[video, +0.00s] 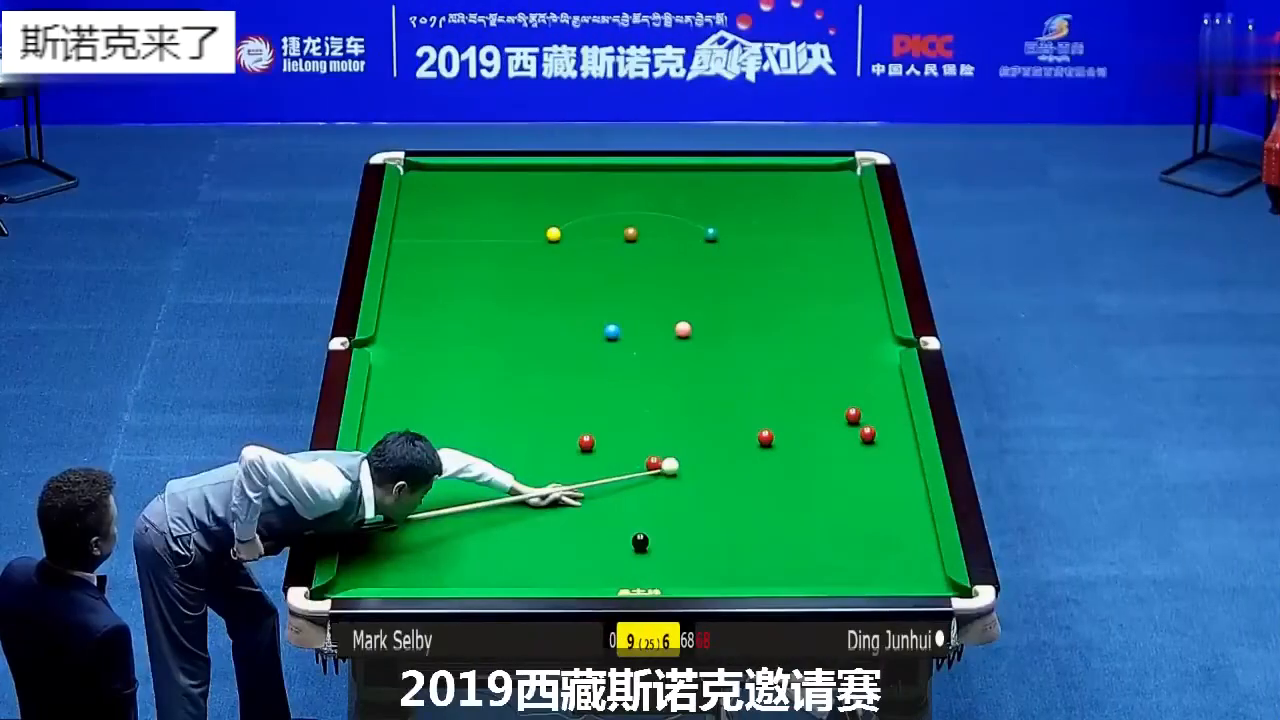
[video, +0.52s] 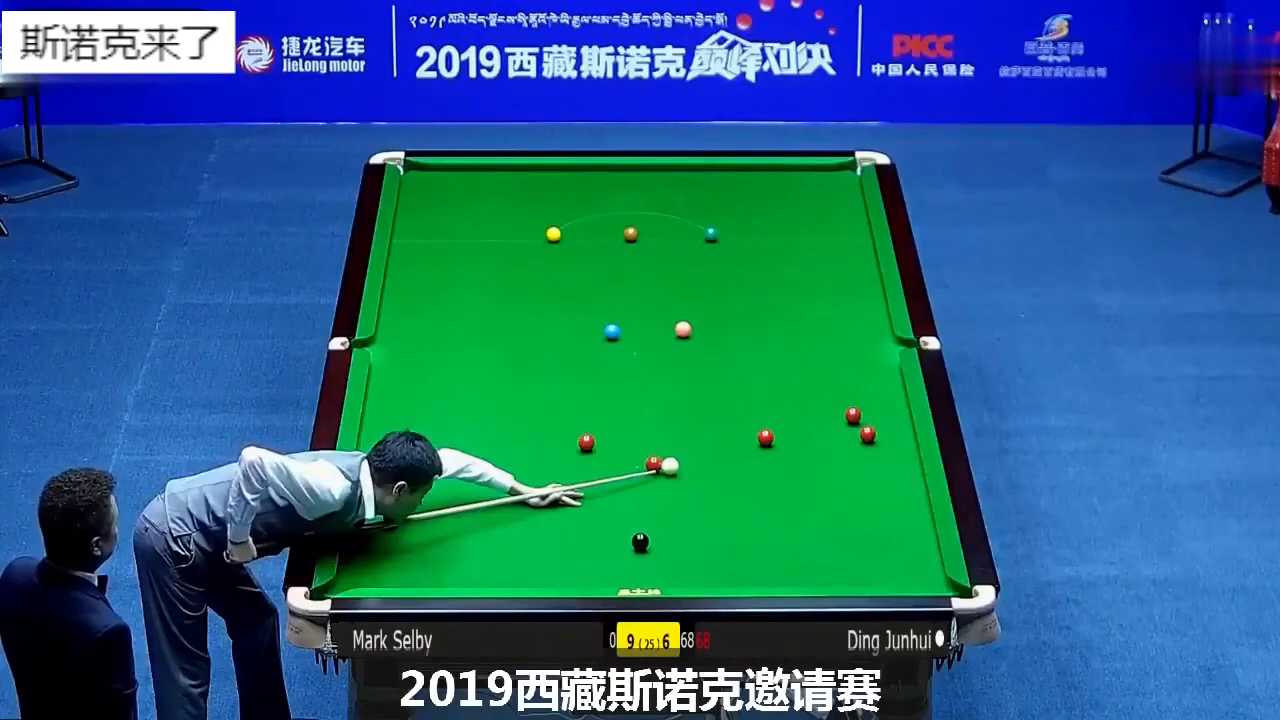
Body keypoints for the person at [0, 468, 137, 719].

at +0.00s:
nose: (116, 528)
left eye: (113, 521)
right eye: (113, 523)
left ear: (50, 531)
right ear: (96, 545)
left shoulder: (15, 576)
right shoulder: (108, 632)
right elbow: (125, 711)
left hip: (30, 711)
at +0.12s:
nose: (116, 528)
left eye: (113, 521)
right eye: (113, 523)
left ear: (50, 530)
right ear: (97, 545)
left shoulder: (15, 576)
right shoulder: (108, 632)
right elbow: (126, 711)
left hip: (30, 711)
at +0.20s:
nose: (117, 528)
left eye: (114, 521)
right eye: (113, 523)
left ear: (50, 530)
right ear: (97, 545)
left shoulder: (15, 576)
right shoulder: (108, 632)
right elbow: (126, 710)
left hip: (30, 711)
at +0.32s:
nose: (117, 528)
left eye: (114, 521)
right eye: (114, 523)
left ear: (49, 530)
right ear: (97, 545)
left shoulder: (15, 576)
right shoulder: (108, 632)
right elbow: (126, 710)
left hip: (30, 712)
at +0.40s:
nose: (117, 527)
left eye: (114, 520)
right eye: (114, 523)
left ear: (49, 530)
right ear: (97, 545)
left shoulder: (15, 576)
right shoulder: (108, 632)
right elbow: (126, 711)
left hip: (30, 711)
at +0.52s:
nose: (117, 527)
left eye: (114, 520)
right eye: (114, 523)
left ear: (49, 530)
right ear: (97, 545)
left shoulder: (15, 576)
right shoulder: (108, 632)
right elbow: (126, 710)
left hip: (30, 711)